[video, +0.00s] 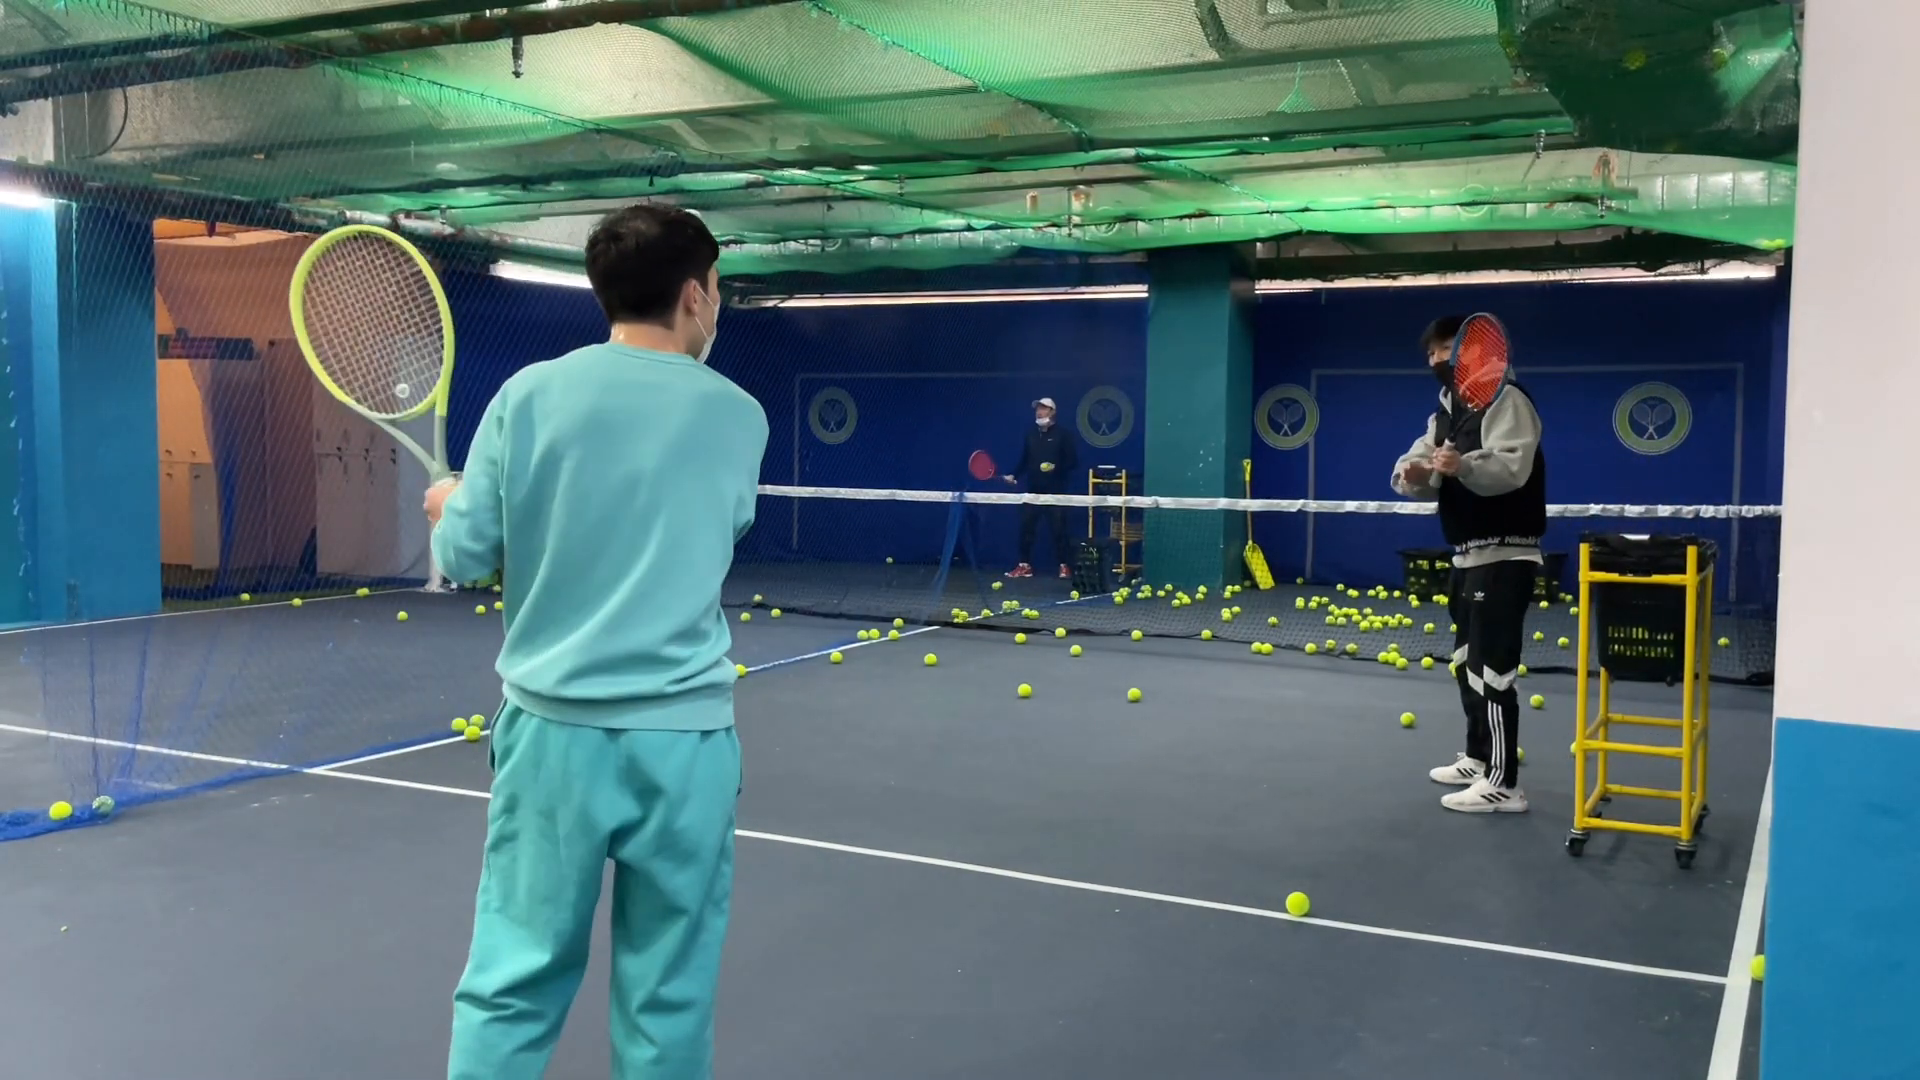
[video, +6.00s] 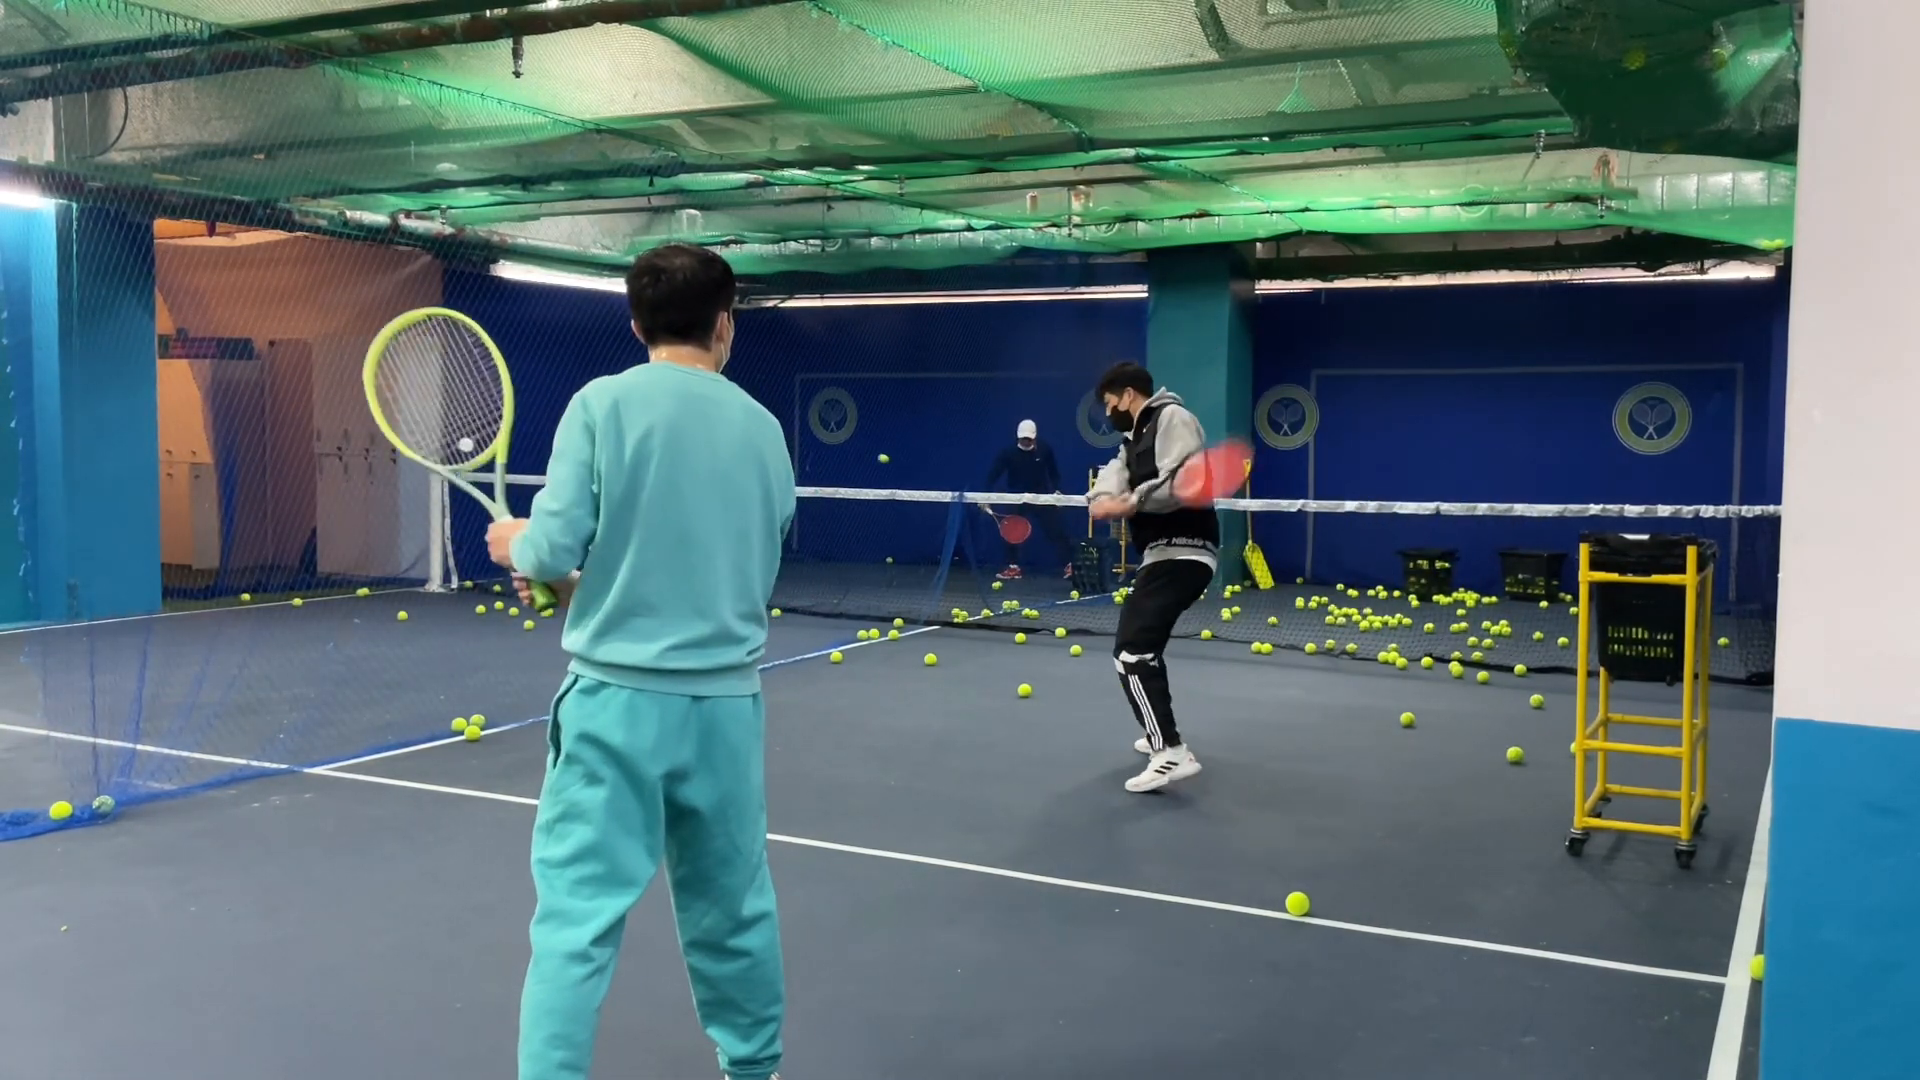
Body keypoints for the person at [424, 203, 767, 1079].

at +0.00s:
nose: (716, 302)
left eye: (714, 285)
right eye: (713, 285)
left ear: (610, 293)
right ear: (691, 293)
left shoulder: (530, 395)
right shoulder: (738, 415)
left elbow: (466, 551)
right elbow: (722, 527)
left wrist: (450, 512)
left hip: (552, 740)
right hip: (688, 744)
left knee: (510, 990)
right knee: (668, 999)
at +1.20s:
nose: (745, 332)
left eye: (743, 320)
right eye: (743, 320)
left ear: (646, 326)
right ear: (730, 324)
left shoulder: (616, 401)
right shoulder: (756, 418)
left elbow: (603, 544)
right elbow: (693, 552)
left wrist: (493, 546)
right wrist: (537, 575)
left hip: (635, 710)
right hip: (745, 710)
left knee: (568, 914)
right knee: (738, 903)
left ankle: (538, 1069)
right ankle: (753, 1064)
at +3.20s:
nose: (733, 338)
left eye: (728, 326)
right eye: (731, 326)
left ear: (639, 332)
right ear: (717, 331)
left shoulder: (614, 399)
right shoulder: (750, 420)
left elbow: (623, 532)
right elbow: (723, 563)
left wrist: (538, 619)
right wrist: (573, 631)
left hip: (635, 700)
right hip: (739, 704)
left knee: (569, 910)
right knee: (736, 897)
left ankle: (537, 1069)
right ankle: (754, 1064)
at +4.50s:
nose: (735, 328)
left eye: (732, 315)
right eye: (734, 316)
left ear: (639, 325)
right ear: (721, 322)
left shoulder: (592, 409)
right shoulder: (766, 425)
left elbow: (555, 555)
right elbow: (769, 548)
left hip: (615, 704)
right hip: (731, 707)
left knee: (570, 909)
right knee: (734, 900)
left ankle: (540, 1069)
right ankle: (750, 1064)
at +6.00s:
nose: (736, 327)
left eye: (730, 314)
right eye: (734, 315)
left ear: (641, 324)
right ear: (722, 321)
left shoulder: (600, 406)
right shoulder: (762, 428)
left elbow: (557, 550)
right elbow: (756, 557)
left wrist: (515, 544)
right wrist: (594, 571)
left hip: (612, 707)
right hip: (726, 711)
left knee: (576, 920)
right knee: (733, 909)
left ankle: (549, 1071)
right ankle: (752, 1065)